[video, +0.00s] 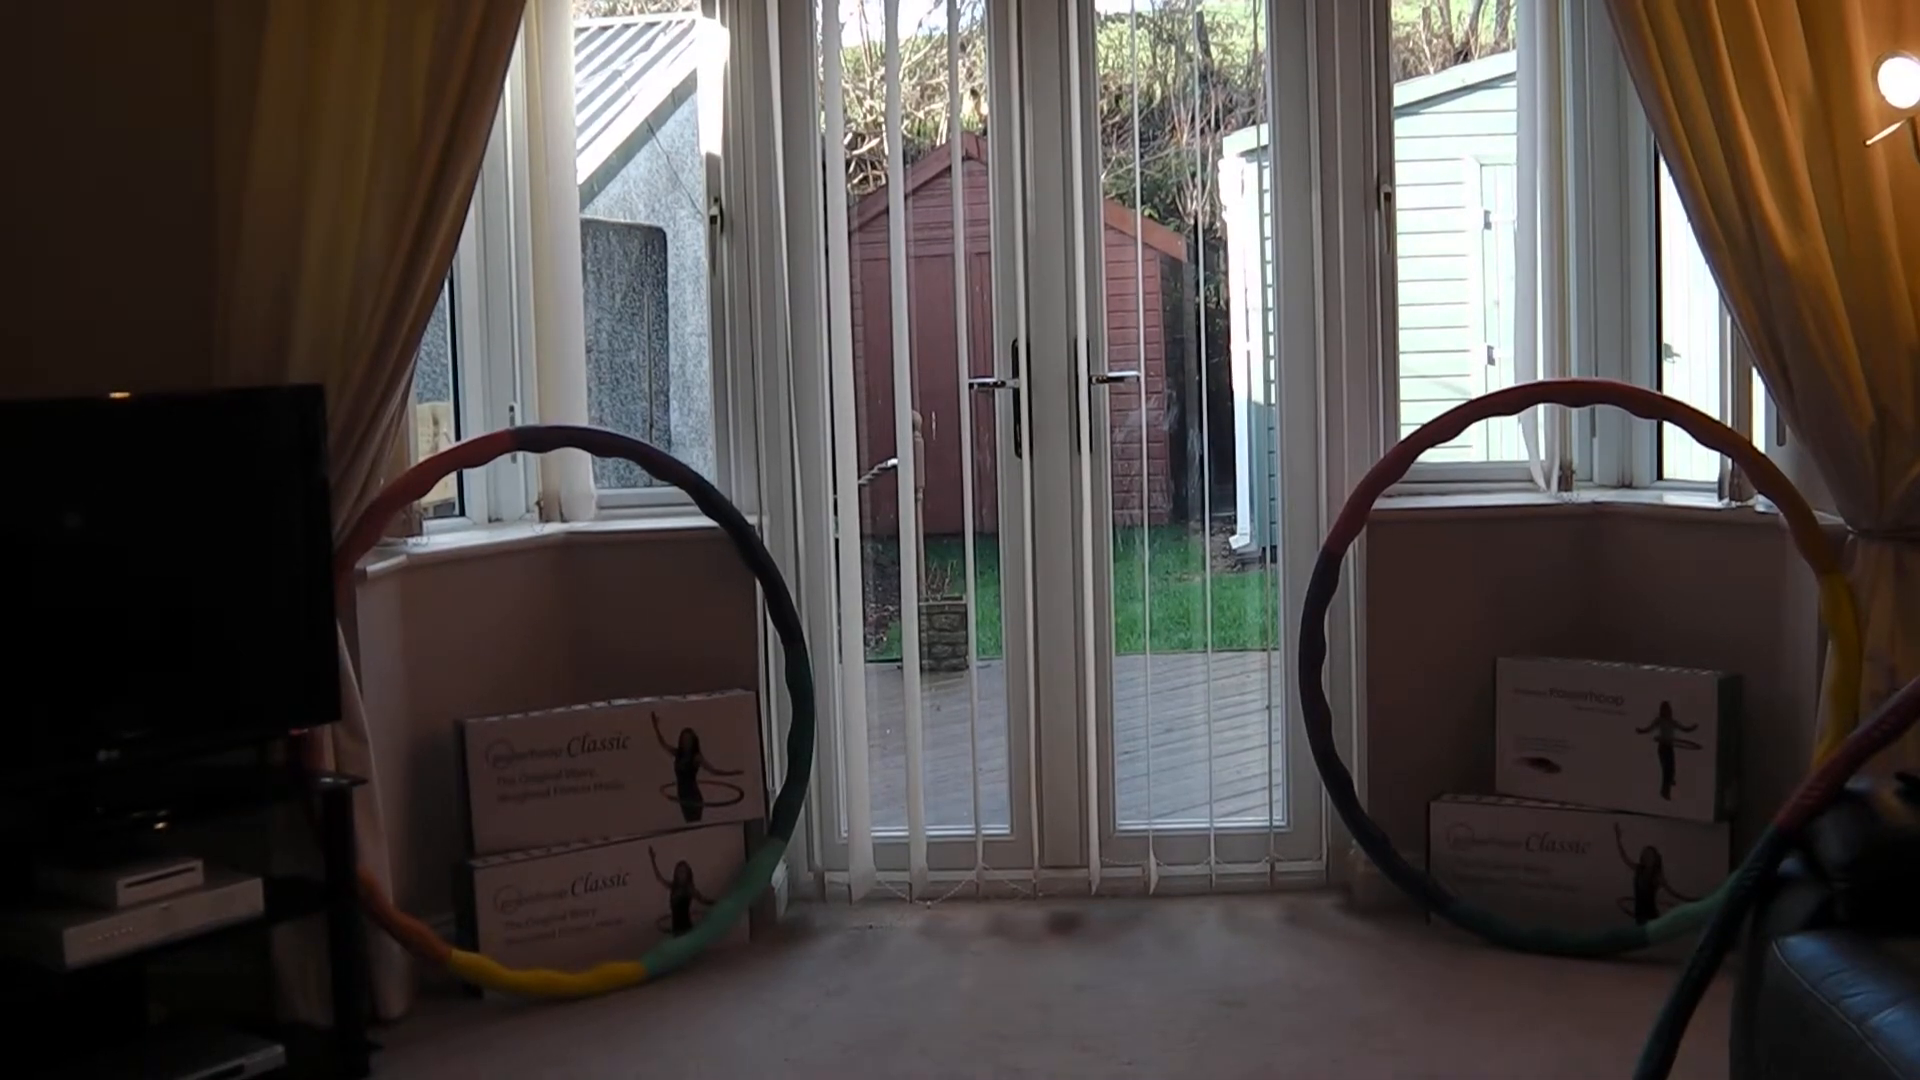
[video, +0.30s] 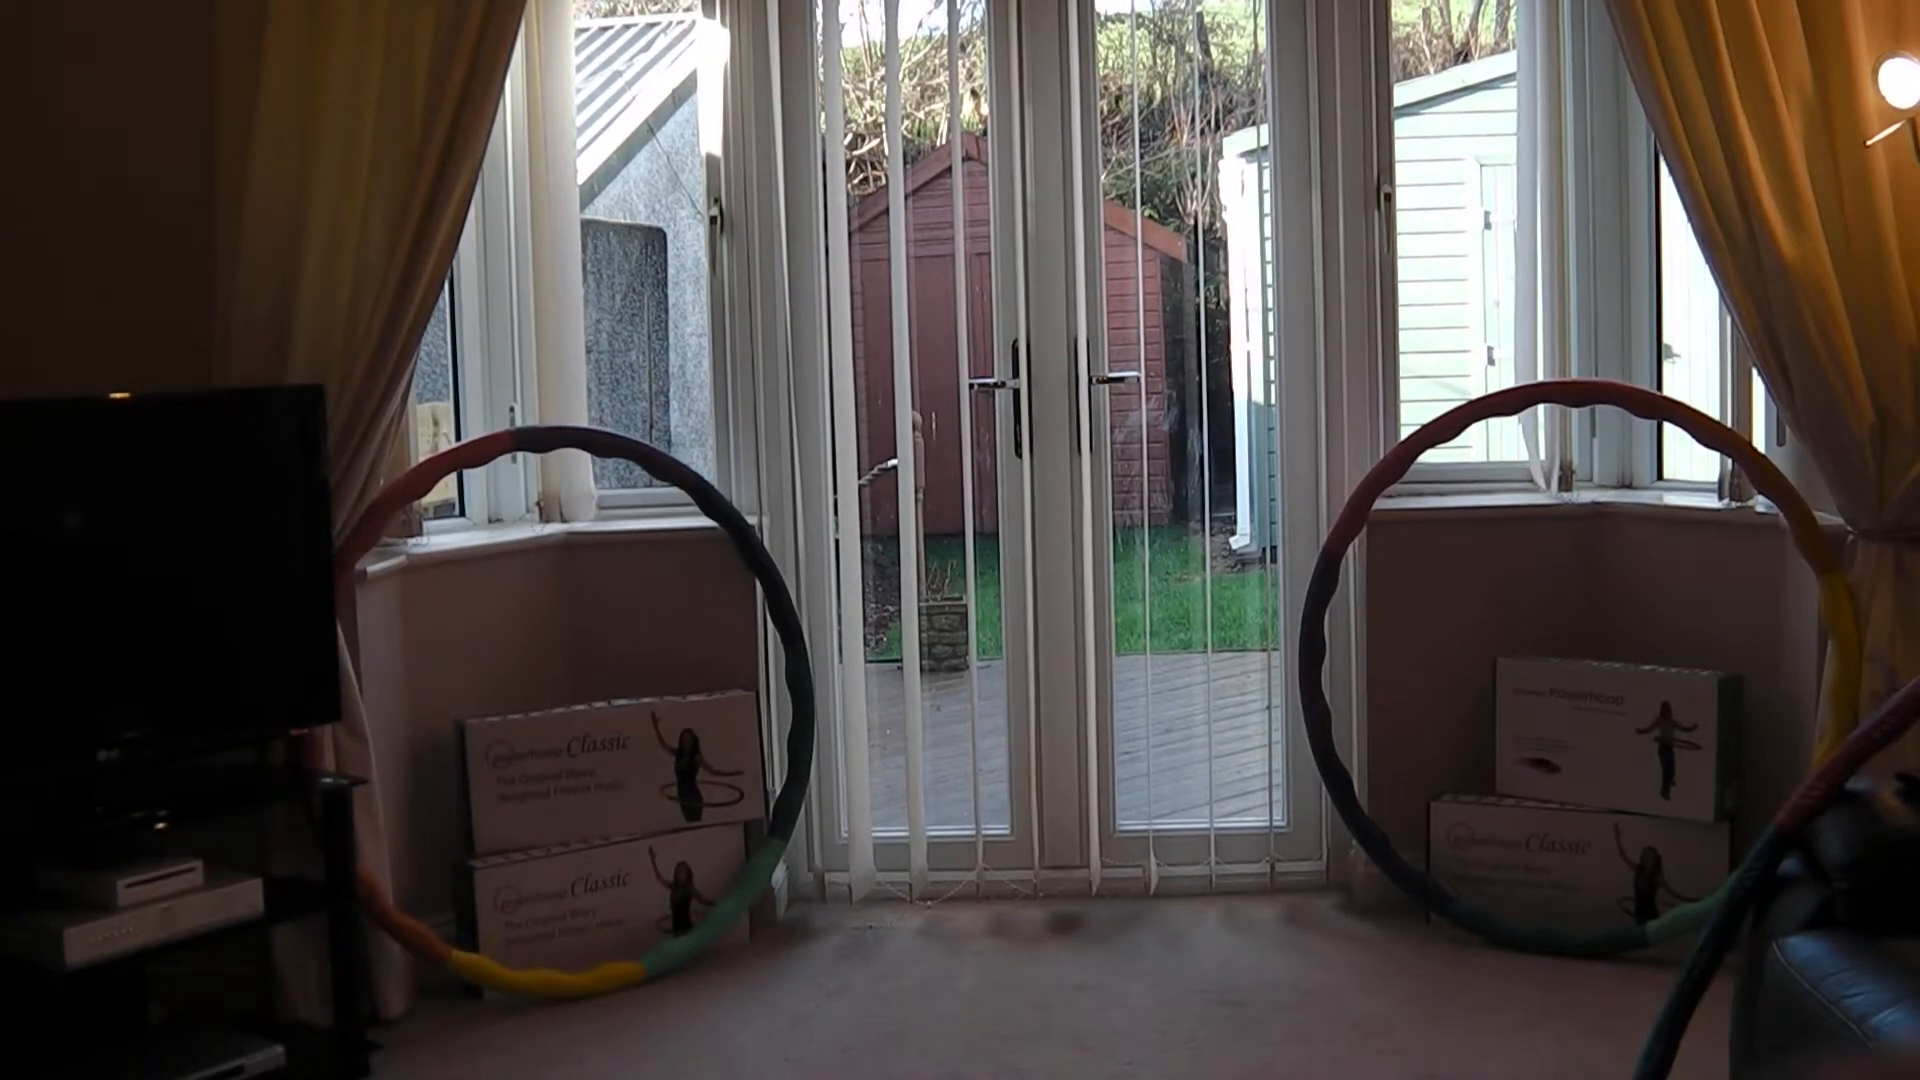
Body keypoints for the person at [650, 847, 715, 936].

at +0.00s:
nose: (681, 874)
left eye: (684, 871)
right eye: (679, 871)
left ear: (688, 873)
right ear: (675, 873)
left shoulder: (690, 889)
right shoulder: (673, 887)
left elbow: (703, 900)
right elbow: (659, 878)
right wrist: (653, 860)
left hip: (686, 924)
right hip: (675, 925)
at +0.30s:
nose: (681, 874)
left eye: (684, 871)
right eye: (679, 871)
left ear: (688, 873)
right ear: (675, 873)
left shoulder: (690, 889)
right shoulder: (673, 887)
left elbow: (703, 901)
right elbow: (659, 878)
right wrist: (653, 860)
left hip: (687, 924)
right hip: (675, 924)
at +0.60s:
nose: (681, 874)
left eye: (683, 871)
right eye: (679, 871)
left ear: (688, 873)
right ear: (675, 873)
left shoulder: (690, 889)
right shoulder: (673, 887)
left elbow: (702, 901)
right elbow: (659, 878)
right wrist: (653, 860)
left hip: (687, 924)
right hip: (675, 924)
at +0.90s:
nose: (681, 874)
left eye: (683, 871)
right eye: (679, 871)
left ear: (688, 873)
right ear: (675, 873)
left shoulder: (690, 889)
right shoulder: (673, 887)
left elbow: (703, 901)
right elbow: (659, 878)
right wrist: (653, 861)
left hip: (687, 926)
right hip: (675, 926)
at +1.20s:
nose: (681, 875)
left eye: (683, 872)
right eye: (679, 872)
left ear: (688, 873)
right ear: (675, 873)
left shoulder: (689, 889)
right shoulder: (674, 887)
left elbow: (703, 902)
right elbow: (658, 878)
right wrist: (653, 861)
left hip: (686, 923)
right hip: (675, 923)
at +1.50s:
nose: (681, 874)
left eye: (684, 871)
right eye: (679, 871)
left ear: (688, 873)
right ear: (675, 873)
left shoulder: (689, 889)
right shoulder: (673, 886)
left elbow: (702, 901)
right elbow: (658, 878)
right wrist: (653, 861)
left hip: (686, 922)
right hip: (675, 923)